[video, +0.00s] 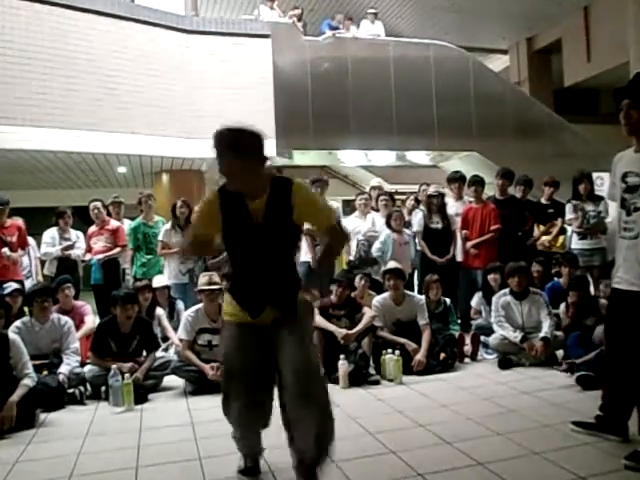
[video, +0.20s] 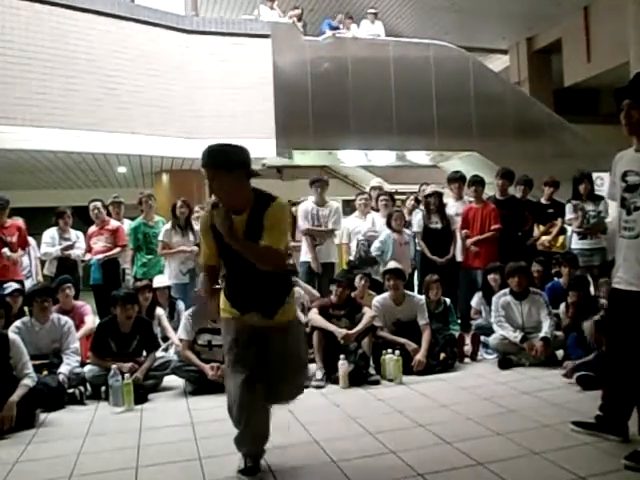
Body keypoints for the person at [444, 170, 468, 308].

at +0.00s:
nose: (457, 188)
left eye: (460, 184)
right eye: (453, 184)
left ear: (464, 186)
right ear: (449, 186)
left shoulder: (470, 204)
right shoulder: (443, 204)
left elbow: (475, 224)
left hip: (465, 255)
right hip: (448, 254)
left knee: (464, 290)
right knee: (448, 289)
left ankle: (464, 320)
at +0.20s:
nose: (457, 188)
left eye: (459, 184)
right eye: (453, 184)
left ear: (464, 186)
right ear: (449, 186)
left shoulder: (470, 204)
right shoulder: (444, 205)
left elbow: (474, 224)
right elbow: (441, 226)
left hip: (466, 255)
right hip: (448, 254)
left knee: (464, 290)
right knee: (448, 290)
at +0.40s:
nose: (457, 188)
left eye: (460, 184)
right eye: (454, 185)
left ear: (464, 186)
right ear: (449, 187)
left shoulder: (470, 204)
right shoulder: (445, 206)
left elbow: (474, 224)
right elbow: (442, 227)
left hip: (467, 254)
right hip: (449, 254)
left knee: (465, 291)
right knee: (449, 290)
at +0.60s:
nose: (457, 187)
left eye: (460, 184)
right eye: (453, 184)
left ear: (465, 186)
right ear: (449, 186)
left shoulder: (471, 204)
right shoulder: (445, 206)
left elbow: (474, 224)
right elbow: (441, 228)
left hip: (466, 255)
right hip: (448, 255)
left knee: (464, 292)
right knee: (448, 290)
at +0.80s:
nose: (458, 187)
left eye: (461, 184)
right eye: (455, 184)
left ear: (465, 185)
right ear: (450, 186)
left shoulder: (471, 204)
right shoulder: (445, 204)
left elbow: (475, 223)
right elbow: (441, 226)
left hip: (466, 255)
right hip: (449, 254)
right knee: (447, 291)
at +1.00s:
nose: (459, 187)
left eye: (462, 184)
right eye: (455, 184)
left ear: (466, 185)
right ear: (451, 186)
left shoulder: (471, 204)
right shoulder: (447, 205)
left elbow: (476, 223)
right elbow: (442, 227)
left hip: (467, 256)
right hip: (450, 255)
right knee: (448, 291)